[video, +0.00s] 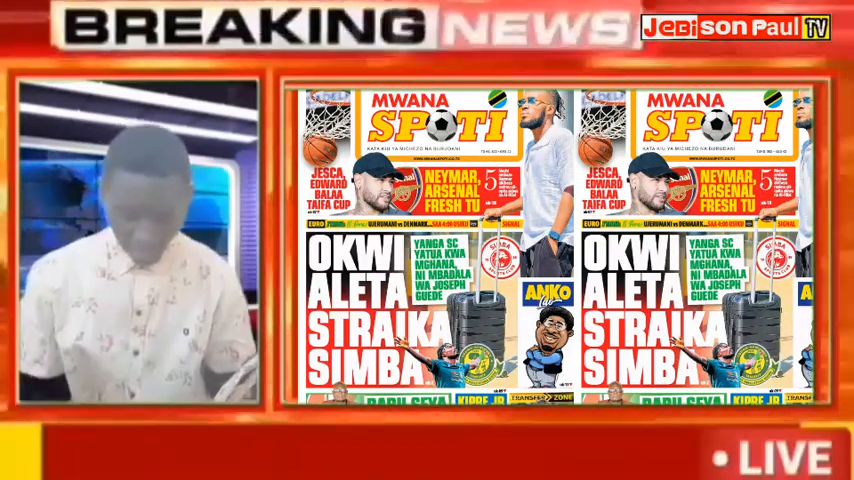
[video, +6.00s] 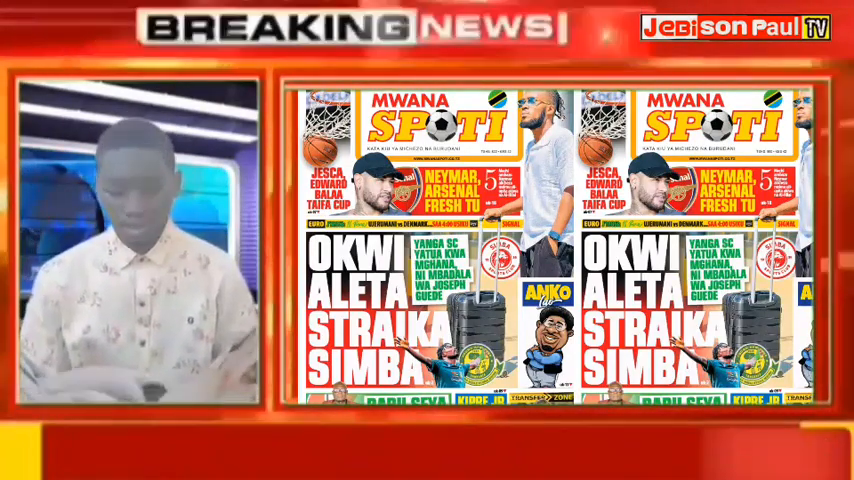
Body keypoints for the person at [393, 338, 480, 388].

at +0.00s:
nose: (453, 348)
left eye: (453, 347)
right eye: (449, 347)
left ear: (455, 352)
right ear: (443, 354)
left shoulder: (462, 367)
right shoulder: (438, 365)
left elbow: (474, 365)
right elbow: (423, 359)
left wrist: (478, 360)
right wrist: (408, 348)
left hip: (461, 403)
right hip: (444, 403)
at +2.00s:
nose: (453, 348)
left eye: (453, 347)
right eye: (449, 347)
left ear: (455, 351)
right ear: (443, 354)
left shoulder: (462, 367)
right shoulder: (438, 365)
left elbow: (474, 365)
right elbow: (423, 359)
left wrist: (478, 360)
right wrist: (408, 348)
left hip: (461, 403)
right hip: (444, 403)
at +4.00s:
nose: (453, 348)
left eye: (453, 347)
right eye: (449, 347)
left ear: (456, 352)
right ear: (443, 354)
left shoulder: (462, 367)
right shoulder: (439, 365)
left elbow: (474, 365)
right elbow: (423, 359)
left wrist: (478, 360)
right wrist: (408, 348)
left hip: (461, 402)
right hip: (445, 403)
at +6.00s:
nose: (453, 348)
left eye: (453, 347)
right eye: (449, 347)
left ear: (456, 352)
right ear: (443, 354)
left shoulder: (462, 367)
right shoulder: (439, 365)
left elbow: (474, 365)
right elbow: (423, 359)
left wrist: (478, 360)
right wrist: (407, 348)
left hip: (461, 403)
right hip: (444, 403)